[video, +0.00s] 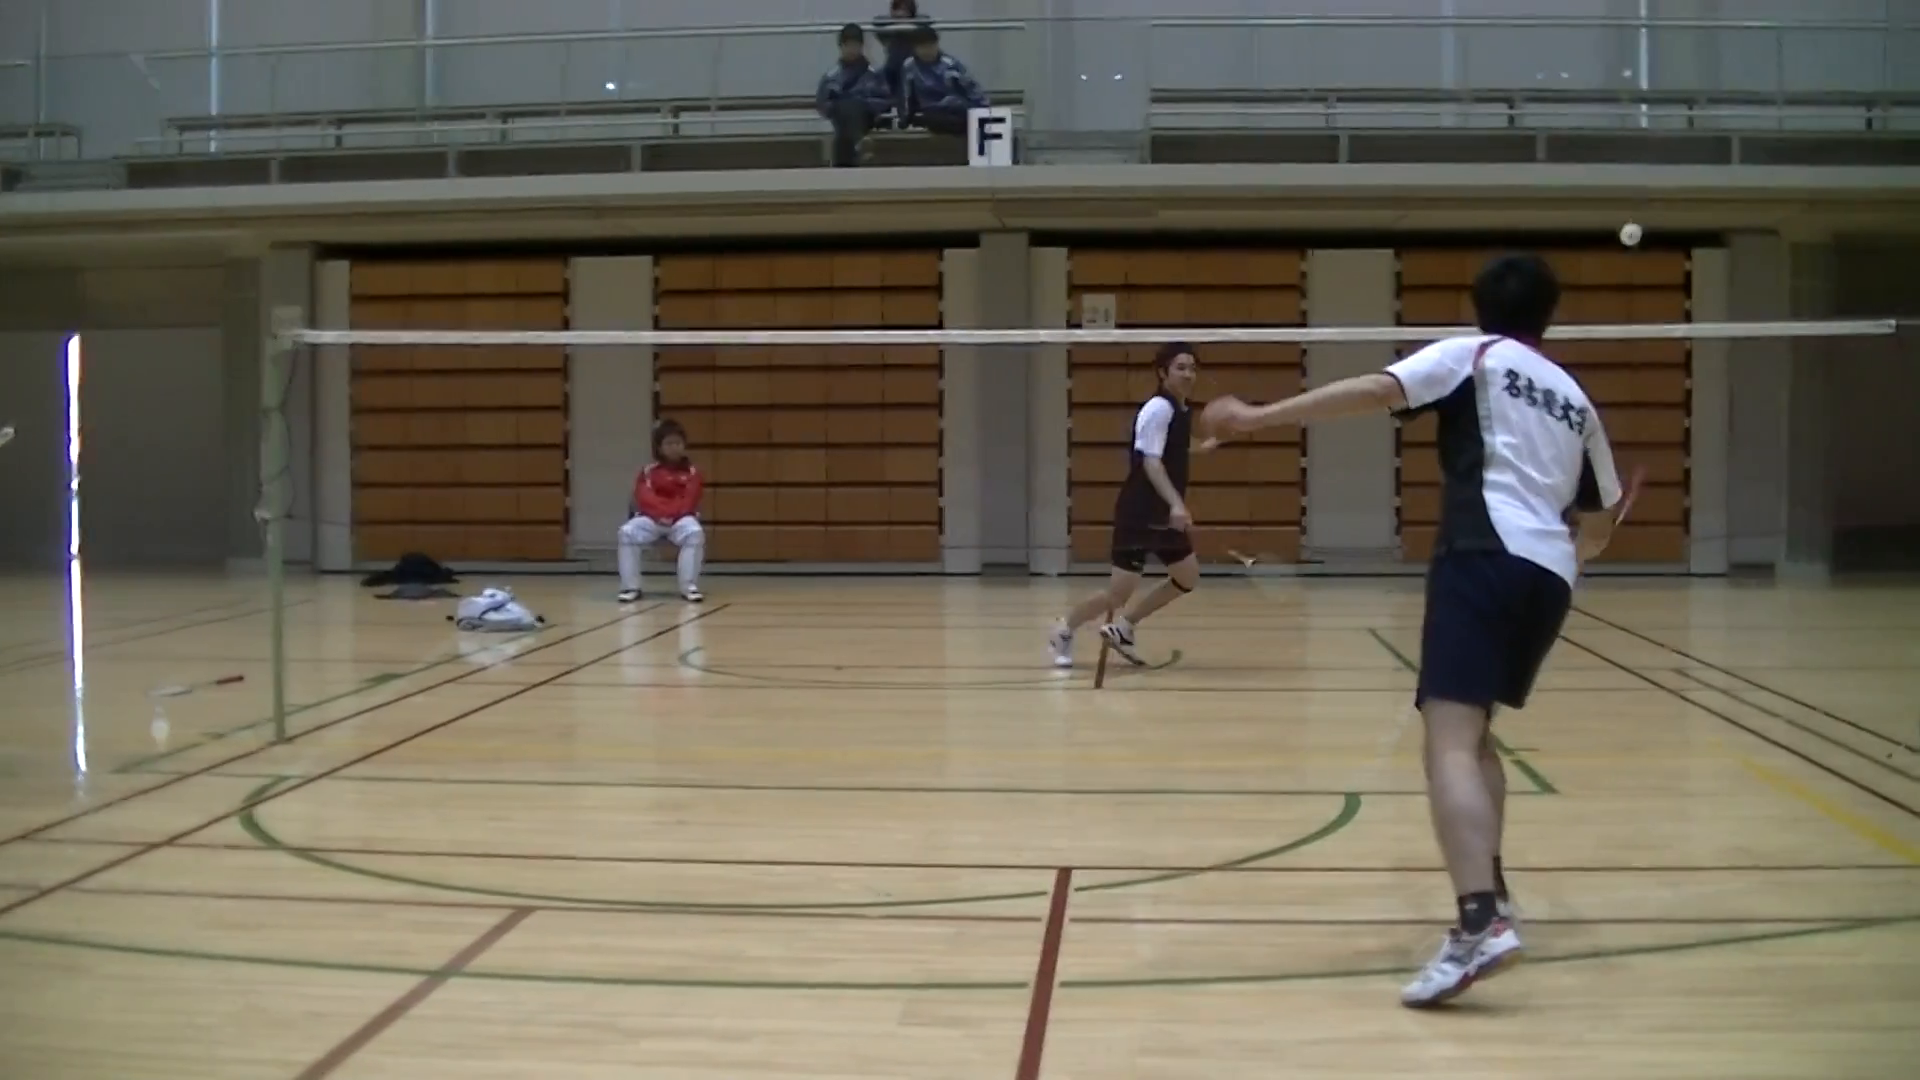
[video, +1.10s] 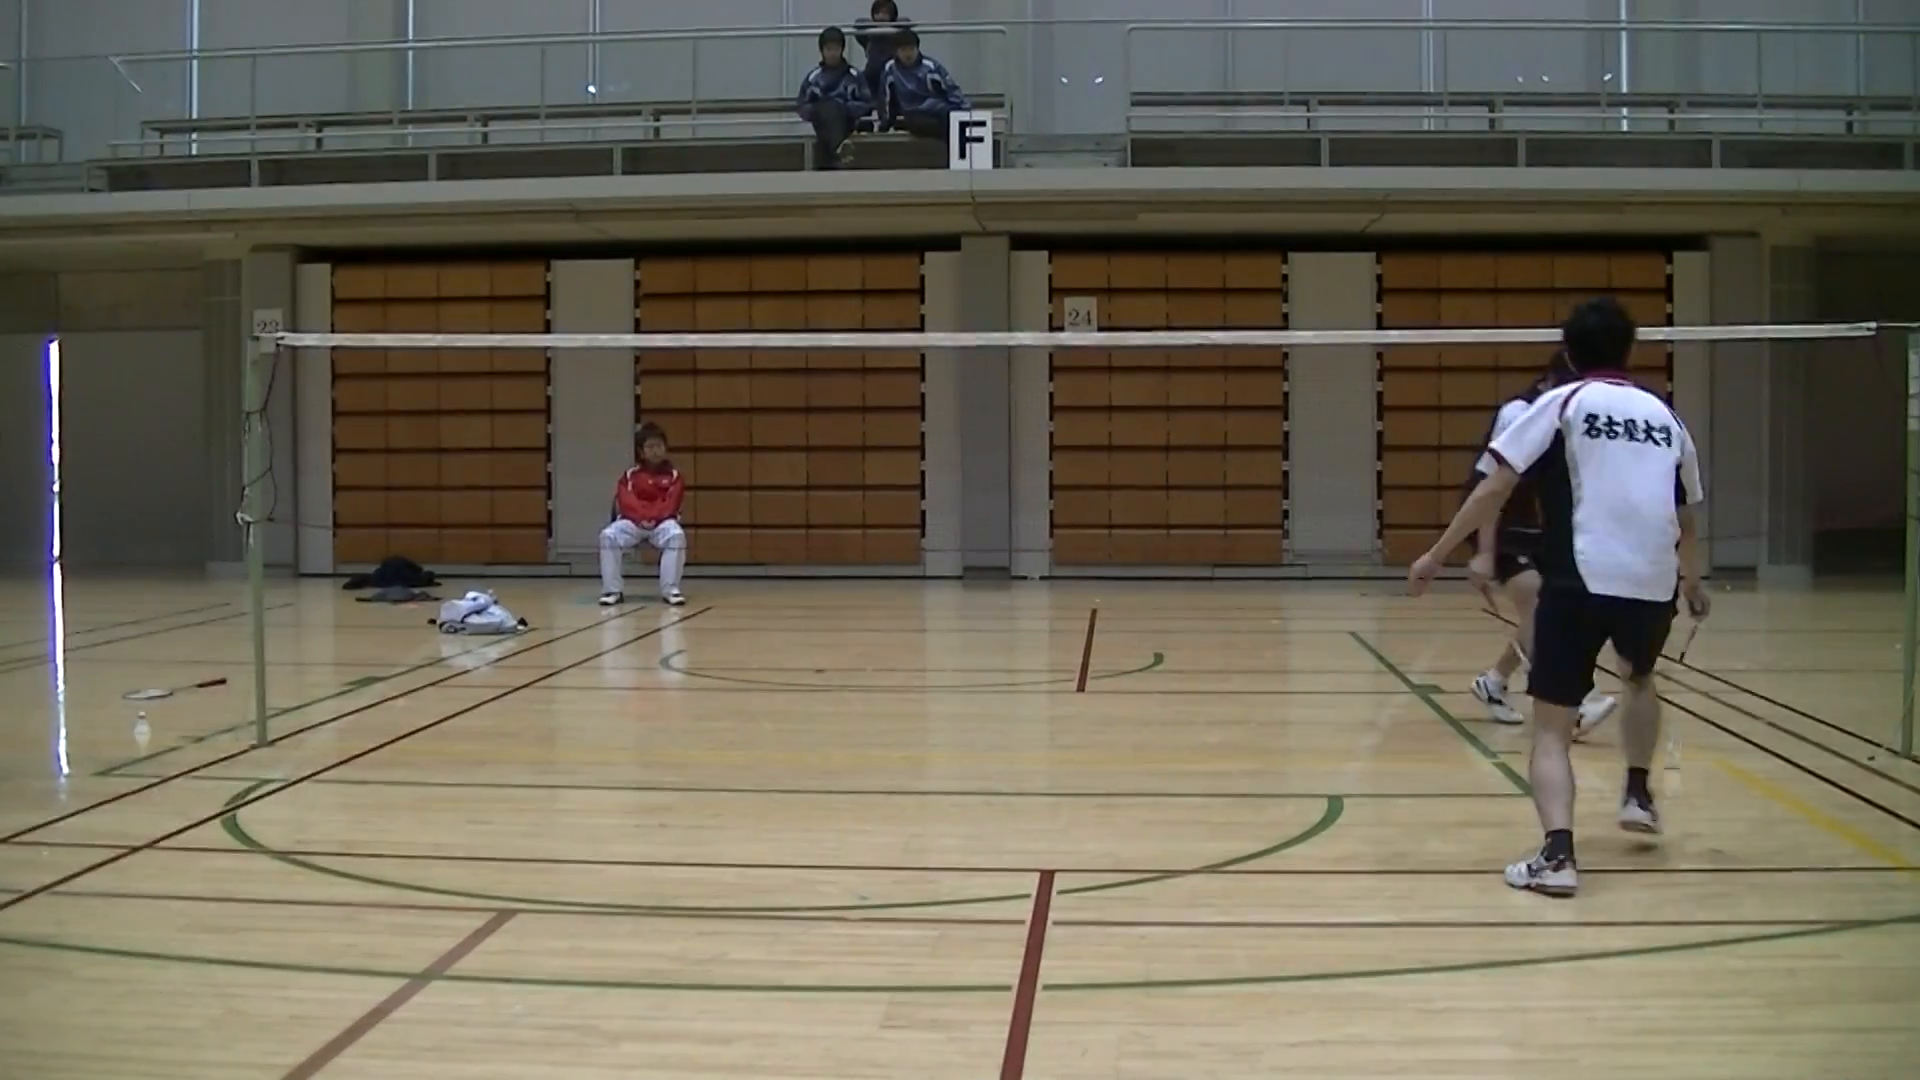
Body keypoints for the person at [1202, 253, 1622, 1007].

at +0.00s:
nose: (1474, 315)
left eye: (1477, 305)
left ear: (1481, 311)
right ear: (1546, 322)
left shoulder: (1473, 352)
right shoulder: (1578, 400)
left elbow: (1382, 390)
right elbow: (1602, 514)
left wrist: (1257, 417)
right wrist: (1557, 559)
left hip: (1481, 561)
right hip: (1550, 580)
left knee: (1452, 743)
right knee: (1473, 737)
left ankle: (1479, 923)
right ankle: (1490, 899)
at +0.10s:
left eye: (1464, 308)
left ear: (1467, 310)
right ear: (1533, 321)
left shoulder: (1454, 351)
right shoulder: (1569, 400)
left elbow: (1373, 410)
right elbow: (1591, 527)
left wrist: (1271, 464)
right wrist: (1570, 593)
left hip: (1466, 559)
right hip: (1543, 579)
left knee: (1435, 741)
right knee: (1473, 715)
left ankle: (1455, 921)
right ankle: (1498, 866)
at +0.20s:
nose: (1459, 341)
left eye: (1461, 331)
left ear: (1464, 334)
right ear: (1533, 340)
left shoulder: (1447, 377)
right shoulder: (1569, 417)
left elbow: (1388, 454)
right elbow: (1594, 548)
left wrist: (1299, 527)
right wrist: (1567, 632)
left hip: (1453, 582)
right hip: (1534, 598)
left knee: (1424, 763)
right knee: (1480, 735)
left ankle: (1447, 923)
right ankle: (1509, 888)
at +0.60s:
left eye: (1504, 367)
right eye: (1569, 365)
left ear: (1502, 370)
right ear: (1569, 372)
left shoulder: (1472, 418)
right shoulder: (1602, 453)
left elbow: (1415, 505)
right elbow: (1643, 572)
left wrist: (1352, 587)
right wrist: (1650, 671)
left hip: (1476, 610)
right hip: (1561, 627)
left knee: (1451, 764)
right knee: (1519, 758)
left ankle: (1444, 902)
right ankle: (1514, 903)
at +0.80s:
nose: (1524, 336)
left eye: (1524, 327)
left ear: (1531, 331)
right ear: (1594, 334)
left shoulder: (1509, 382)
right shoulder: (1629, 411)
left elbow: (1480, 458)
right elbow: (1643, 527)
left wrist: (1435, 534)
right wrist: (1638, 622)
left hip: (1515, 586)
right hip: (1596, 595)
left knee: (1492, 732)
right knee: (1556, 759)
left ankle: (1472, 843)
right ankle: (1520, 897)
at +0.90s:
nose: (1531, 322)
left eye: (1531, 312)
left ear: (1536, 315)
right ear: (1596, 316)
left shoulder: (1525, 366)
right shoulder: (1637, 387)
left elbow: (1499, 445)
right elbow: (1652, 500)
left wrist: (1458, 525)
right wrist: (1648, 585)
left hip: (1543, 561)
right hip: (1621, 566)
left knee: (1518, 703)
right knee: (1578, 715)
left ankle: (1519, 841)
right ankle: (1565, 827)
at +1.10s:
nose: (1565, 356)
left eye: (1567, 348)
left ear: (1570, 351)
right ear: (1630, 351)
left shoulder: (1558, 403)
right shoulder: (1666, 415)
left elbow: (1495, 486)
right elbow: (1685, 516)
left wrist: (1435, 556)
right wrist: (1691, 580)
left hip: (1578, 586)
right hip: (1653, 590)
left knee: (1551, 733)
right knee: (1641, 679)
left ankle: (1558, 855)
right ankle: (1637, 794)